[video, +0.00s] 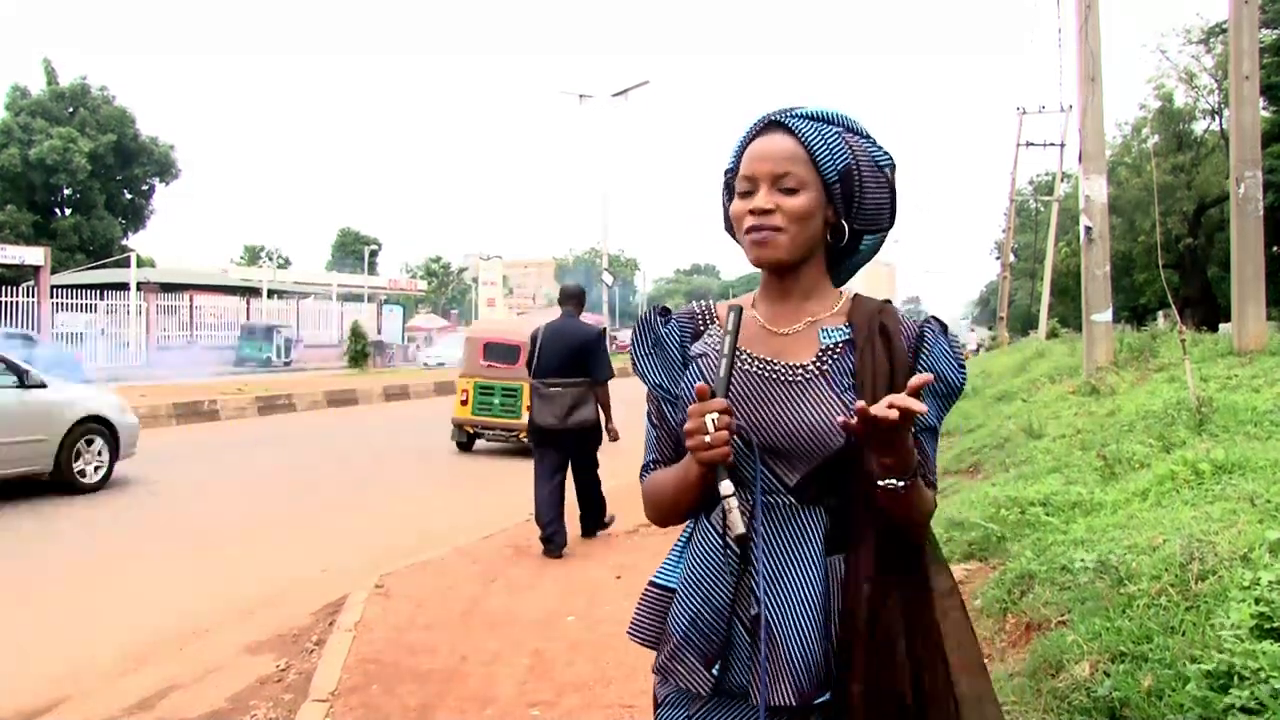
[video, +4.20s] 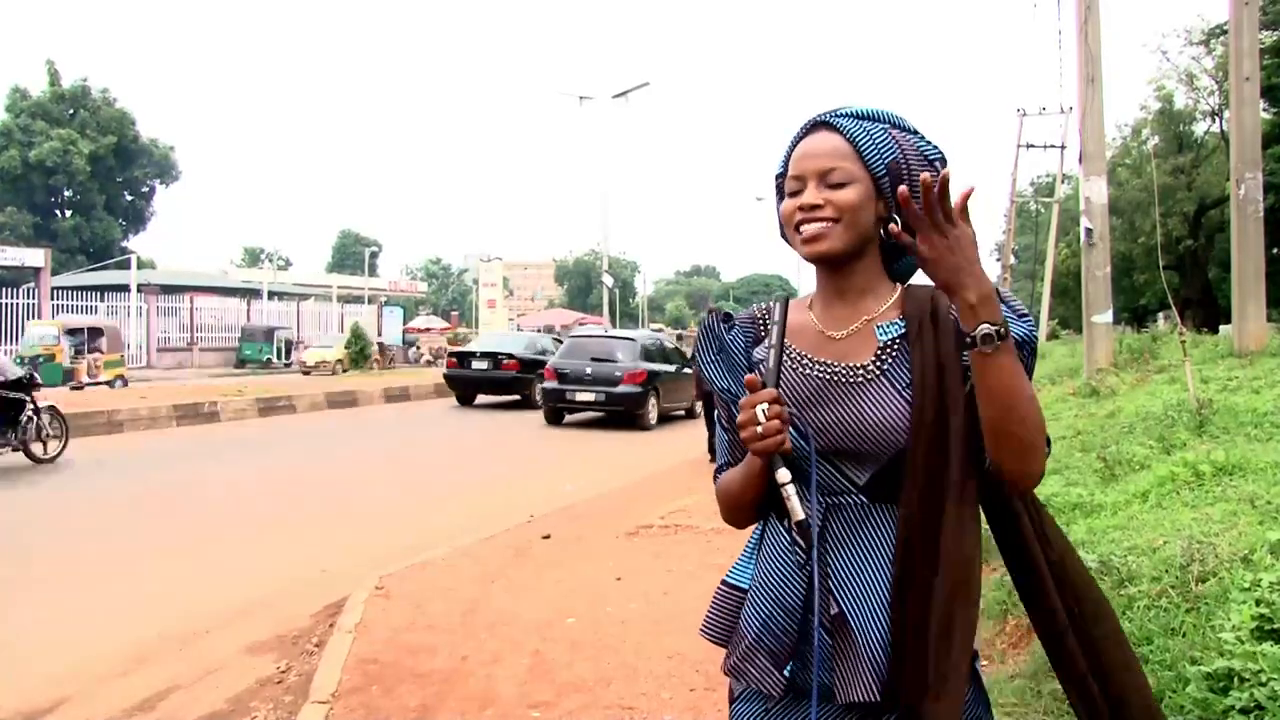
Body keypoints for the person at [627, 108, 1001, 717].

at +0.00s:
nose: (760, 204)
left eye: (787, 187)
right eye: (746, 189)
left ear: (834, 209)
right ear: (731, 209)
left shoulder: (891, 340)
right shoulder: (691, 337)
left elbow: (916, 518)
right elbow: (658, 507)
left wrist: (889, 449)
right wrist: (696, 462)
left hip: (846, 632)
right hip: (715, 626)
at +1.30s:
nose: (729, 204)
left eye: (757, 187)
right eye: (712, 190)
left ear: (802, 210)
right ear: (696, 215)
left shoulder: (878, 338)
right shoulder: (659, 349)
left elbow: (931, 500)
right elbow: (640, 521)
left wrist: (821, 493)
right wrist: (685, 485)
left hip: (841, 649)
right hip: (702, 650)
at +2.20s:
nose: (793, 199)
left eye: (821, 183)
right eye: (777, 183)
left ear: (862, 208)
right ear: (757, 203)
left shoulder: (922, 333)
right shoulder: (714, 333)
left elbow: (958, 501)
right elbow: (688, 511)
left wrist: (891, 456)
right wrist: (751, 457)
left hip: (892, 616)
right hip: (762, 622)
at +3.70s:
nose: (817, 228)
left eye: (847, 210)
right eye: (805, 209)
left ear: (894, 231)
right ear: (788, 224)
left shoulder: (960, 349)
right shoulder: (760, 361)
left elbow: (1001, 519)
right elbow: (743, 531)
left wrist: (960, 453)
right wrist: (786, 494)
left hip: (934, 625)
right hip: (809, 625)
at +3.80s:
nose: (821, 219)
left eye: (849, 202)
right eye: (807, 203)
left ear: (896, 226)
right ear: (790, 223)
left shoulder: (955, 342)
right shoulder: (760, 356)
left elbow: (1006, 514)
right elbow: (743, 525)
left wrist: (968, 395)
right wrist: (783, 486)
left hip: (930, 627)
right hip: (806, 627)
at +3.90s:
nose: (824, 208)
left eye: (850, 190)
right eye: (808, 196)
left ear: (900, 213)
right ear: (791, 220)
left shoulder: (961, 322)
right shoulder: (762, 347)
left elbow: (1014, 491)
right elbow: (742, 517)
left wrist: (975, 323)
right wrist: (781, 473)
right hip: (806, 635)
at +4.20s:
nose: (808, 200)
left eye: (835, 182)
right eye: (794, 188)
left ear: (892, 203)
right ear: (781, 212)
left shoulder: (954, 318)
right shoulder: (751, 336)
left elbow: (1023, 471)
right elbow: (733, 511)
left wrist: (977, 299)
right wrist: (757, 456)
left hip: (909, 627)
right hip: (782, 626)